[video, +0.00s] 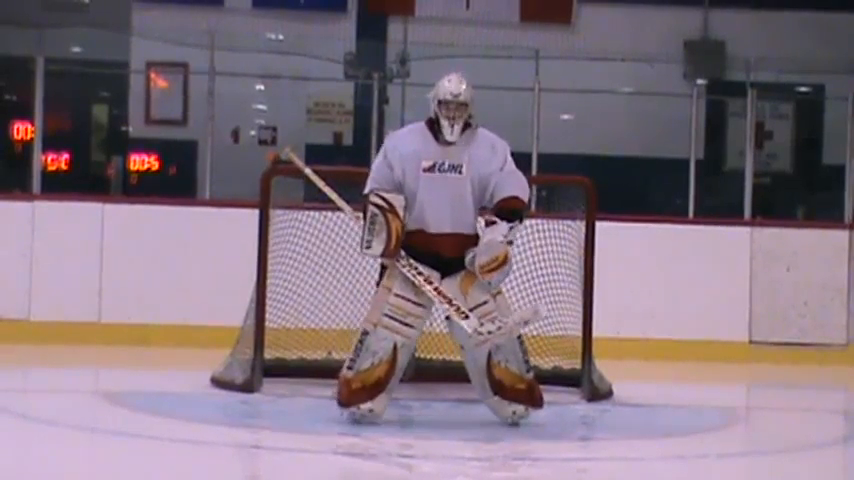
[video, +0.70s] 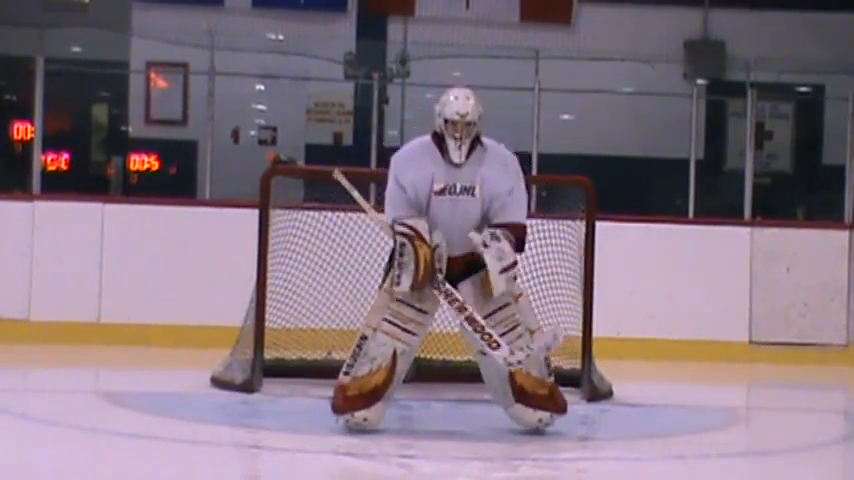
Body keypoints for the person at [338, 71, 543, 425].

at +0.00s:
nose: (453, 114)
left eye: (459, 107)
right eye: (447, 107)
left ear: (470, 109)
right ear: (434, 106)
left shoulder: (489, 148)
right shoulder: (402, 145)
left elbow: (514, 194)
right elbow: (380, 195)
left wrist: (498, 232)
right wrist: (381, 229)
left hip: (469, 265)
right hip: (410, 262)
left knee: (494, 335)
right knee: (388, 332)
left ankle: (513, 404)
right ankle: (365, 401)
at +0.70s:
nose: (459, 132)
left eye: (466, 125)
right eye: (452, 125)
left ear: (478, 124)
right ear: (438, 123)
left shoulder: (501, 162)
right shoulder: (409, 161)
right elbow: (400, 222)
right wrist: (421, 258)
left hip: (478, 267)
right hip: (421, 264)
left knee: (504, 332)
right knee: (394, 331)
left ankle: (529, 407)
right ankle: (366, 407)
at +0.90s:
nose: (469, 185)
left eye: (476, 177)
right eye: (463, 176)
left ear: (488, 174)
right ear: (449, 171)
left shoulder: (509, 205)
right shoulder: (417, 194)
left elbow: (500, 262)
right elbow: (407, 251)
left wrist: (478, 286)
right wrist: (433, 282)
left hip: (476, 277)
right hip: (422, 272)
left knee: (507, 339)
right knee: (398, 334)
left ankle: (535, 413)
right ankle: (367, 411)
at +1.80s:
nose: (480, 146)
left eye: (487, 139)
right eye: (473, 138)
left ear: (497, 141)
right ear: (459, 138)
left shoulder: (519, 185)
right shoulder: (426, 170)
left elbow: (533, 245)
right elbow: (399, 220)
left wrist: (519, 265)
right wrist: (417, 266)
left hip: (482, 277)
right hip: (424, 272)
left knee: (510, 339)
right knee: (395, 336)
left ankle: (536, 414)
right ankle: (368, 412)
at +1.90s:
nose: (477, 126)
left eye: (483, 119)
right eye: (470, 119)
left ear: (493, 123)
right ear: (456, 120)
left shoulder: (515, 167)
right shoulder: (422, 156)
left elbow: (538, 213)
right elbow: (386, 195)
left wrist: (545, 233)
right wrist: (397, 224)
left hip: (483, 268)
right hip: (426, 265)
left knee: (514, 342)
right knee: (394, 339)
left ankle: (537, 417)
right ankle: (366, 414)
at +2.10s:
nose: (473, 106)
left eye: (479, 99)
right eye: (466, 99)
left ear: (489, 102)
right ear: (452, 100)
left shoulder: (511, 146)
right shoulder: (422, 142)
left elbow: (528, 200)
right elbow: (390, 191)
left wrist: (556, 186)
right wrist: (393, 223)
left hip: (490, 263)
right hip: (432, 262)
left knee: (514, 340)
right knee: (401, 336)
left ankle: (539, 416)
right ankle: (370, 413)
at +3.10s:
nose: (495, 157)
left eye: (501, 150)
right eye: (488, 149)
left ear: (510, 151)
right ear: (471, 149)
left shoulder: (527, 191)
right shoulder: (443, 177)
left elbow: (546, 243)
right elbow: (402, 212)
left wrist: (559, 239)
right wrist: (411, 237)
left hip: (499, 283)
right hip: (443, 274)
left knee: (526, 348)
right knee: (410, 335)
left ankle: (575, 414)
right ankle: (393, 408)